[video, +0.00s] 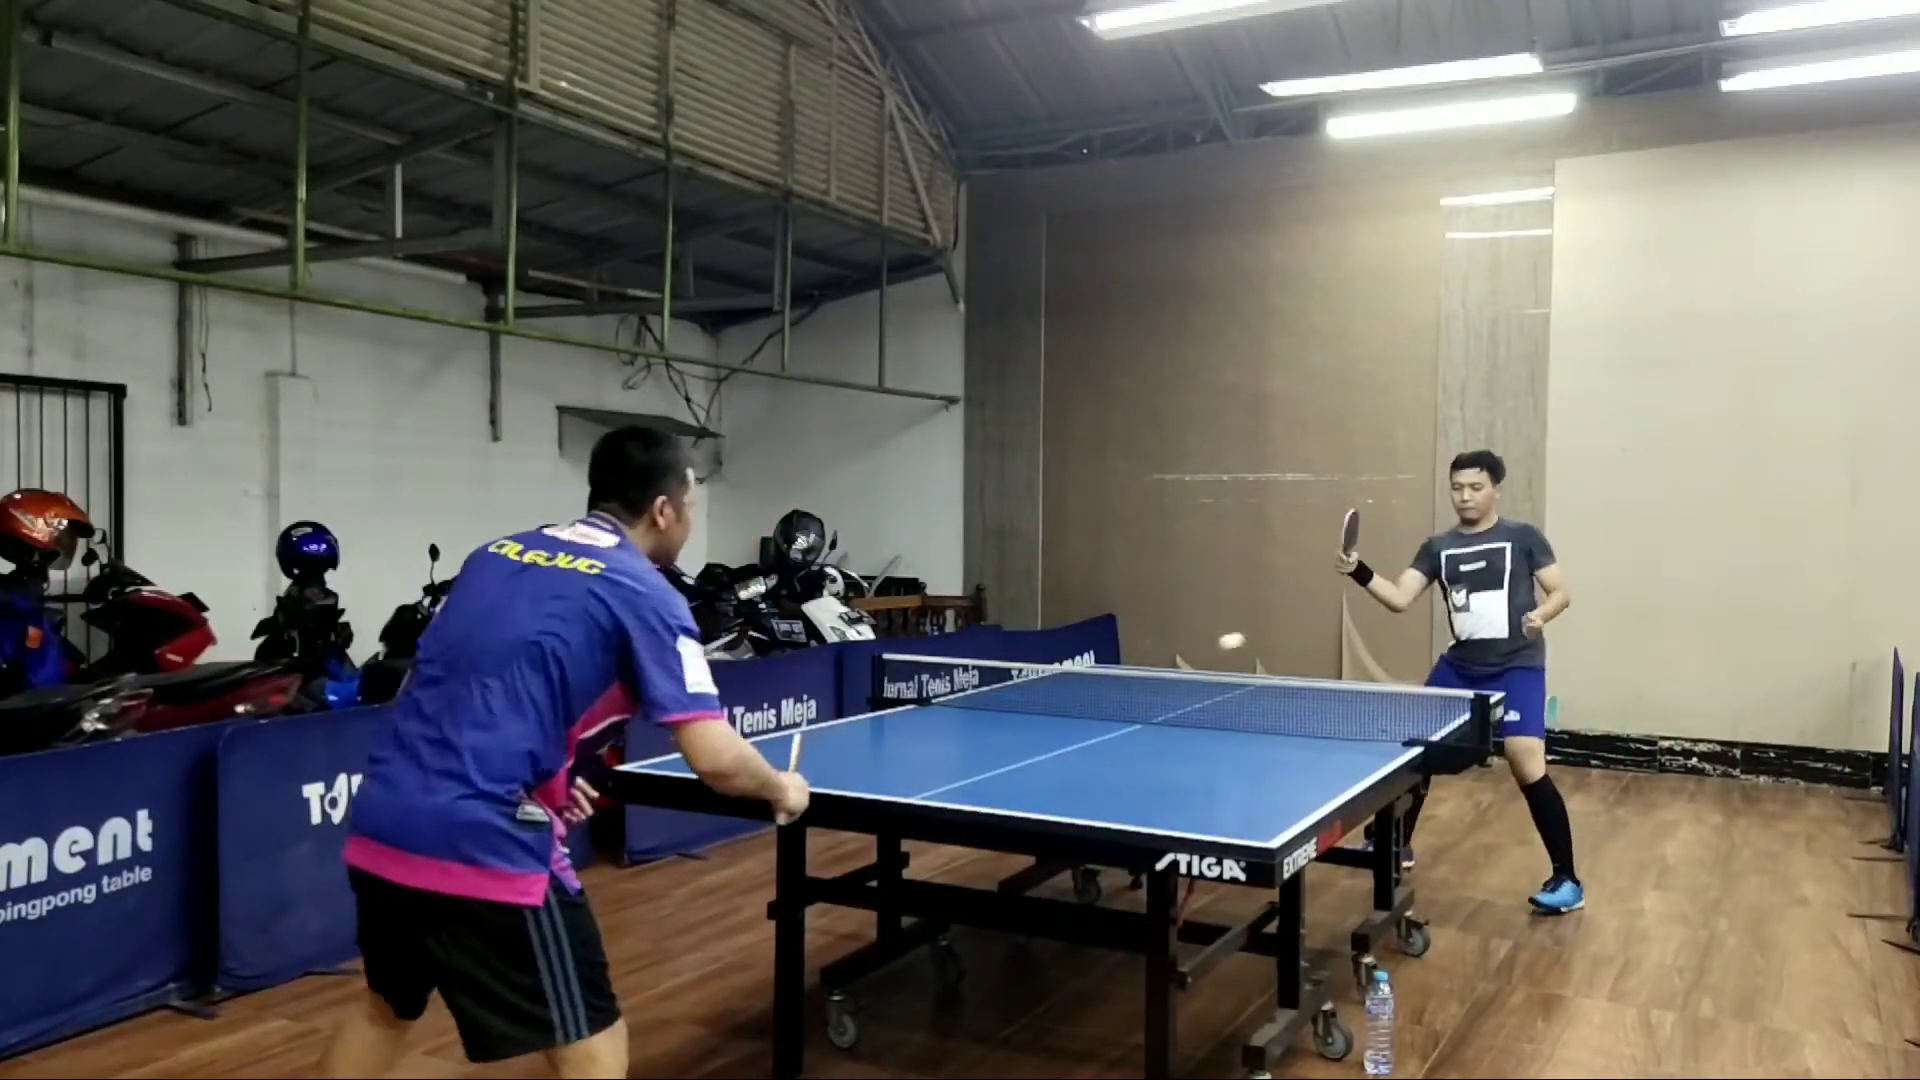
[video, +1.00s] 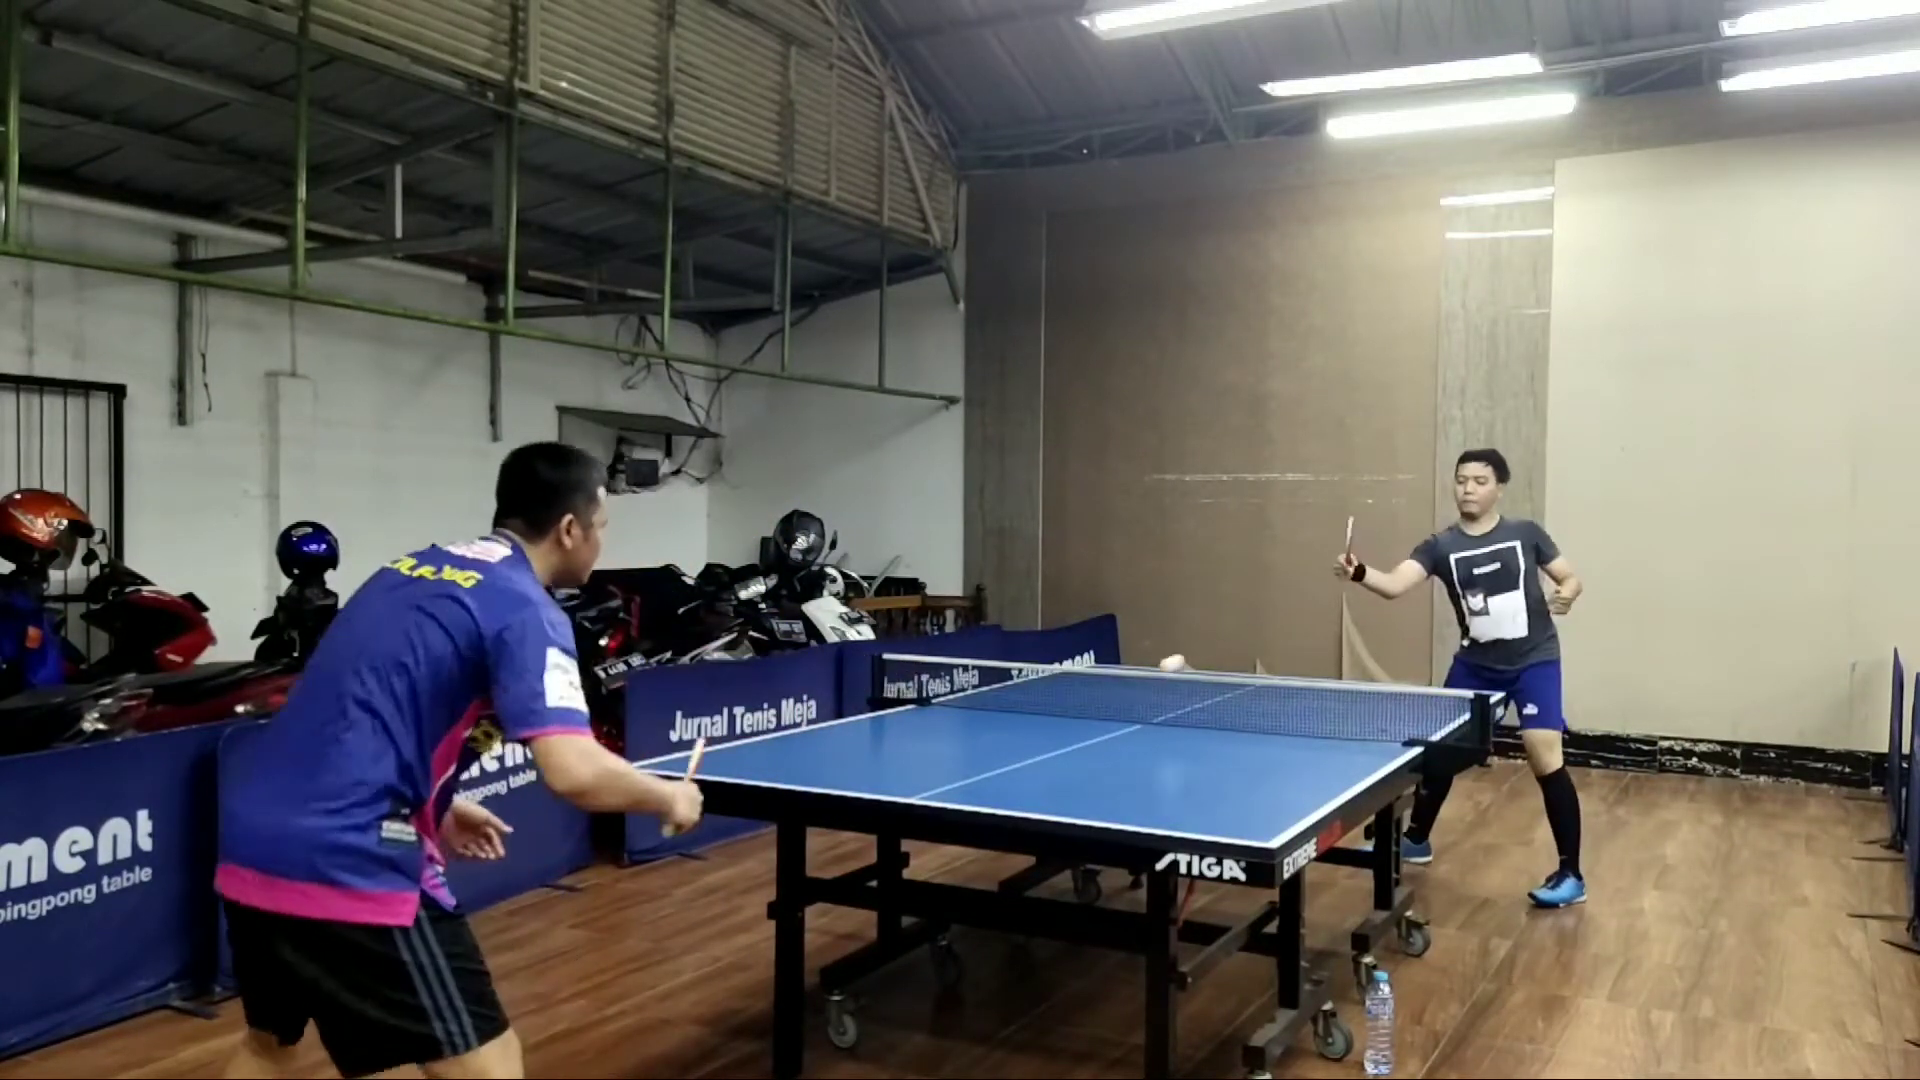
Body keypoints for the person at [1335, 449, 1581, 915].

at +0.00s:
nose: (1465, 496)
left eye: (1475, 487)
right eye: (1457, 488)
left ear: (1496, 490)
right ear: (1450, 493)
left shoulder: (1523, 537)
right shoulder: (1438, 548)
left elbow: (1560, 593)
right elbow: (1399, 597)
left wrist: (1541, 615)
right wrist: (1359, 571)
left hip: (1516, 666)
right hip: (1459, 665)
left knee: (1525, 762)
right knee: (1413, 744)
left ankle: (1565, 879)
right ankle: (1394, 843)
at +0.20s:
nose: (1458, 492)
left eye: (1468, 484)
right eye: (1452, 484)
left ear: (1490, 488)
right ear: (1445, 489)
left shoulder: (1512, 539)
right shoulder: (1430, 543)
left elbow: (1547, 597)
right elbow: (1389, 592)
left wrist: (1522, 620)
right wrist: (1351, 574)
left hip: (1502, 668)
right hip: (1445, 666)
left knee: (1524, 764)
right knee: (1415, 748)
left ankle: (1565, 875)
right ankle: (1418, 839)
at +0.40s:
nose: (1436, 498)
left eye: (1446, 490)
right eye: (1429, 491)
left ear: (1467, 494)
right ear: (1423, 497)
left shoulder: (1491, 538)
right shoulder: (1419, 551)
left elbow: (1516, 595)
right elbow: (1398, 609)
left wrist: (1461, 613)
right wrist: (1354, 612)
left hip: (1491, 669)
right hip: (1437, 668)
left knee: (1509, 765)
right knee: (1396, 737)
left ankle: (1563, 873)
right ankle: (1413, 836)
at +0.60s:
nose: (1412, 527)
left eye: (1421, 519)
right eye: (1405, 520)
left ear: (1443, 522)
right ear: (1400, 526)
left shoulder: (1466, 560)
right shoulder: (1413, 577)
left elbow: (1487, 615)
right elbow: (1412, 636)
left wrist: (1434, 610)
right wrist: (1394, 654)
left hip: (1487, 682)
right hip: (1439, 681)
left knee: (1489, 781)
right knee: (1382, 738)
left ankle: (1561, 874)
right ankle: (1389, 835)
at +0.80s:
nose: (1441, 509)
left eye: (1451, 501)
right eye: (1434, 502)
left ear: (1471, 505)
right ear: (1428, 508)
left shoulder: (1500, 545)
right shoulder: (1422, 567)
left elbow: (1542, 595)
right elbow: (1402, 630)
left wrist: (1502, 593)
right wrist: (1413, 640)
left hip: (1511, 670)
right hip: (1454, 671)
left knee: (1515, 762)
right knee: (1401, 744)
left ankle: (1566, 874)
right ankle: (1388, 838)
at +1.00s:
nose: (1469, 489)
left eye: (1480, 481)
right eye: (1462, 481)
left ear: (1499, 488)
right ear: (1454, 488)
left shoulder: (1525, 532)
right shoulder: (1441, 546)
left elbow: (1569, 579)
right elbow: (1395, 584)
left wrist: (1565, 594)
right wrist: (1359, 572)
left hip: (1534, 660)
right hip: (1477, 661)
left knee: (1544, 754)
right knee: (1440, 747)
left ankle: (1570, 874)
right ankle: (1416, 837)